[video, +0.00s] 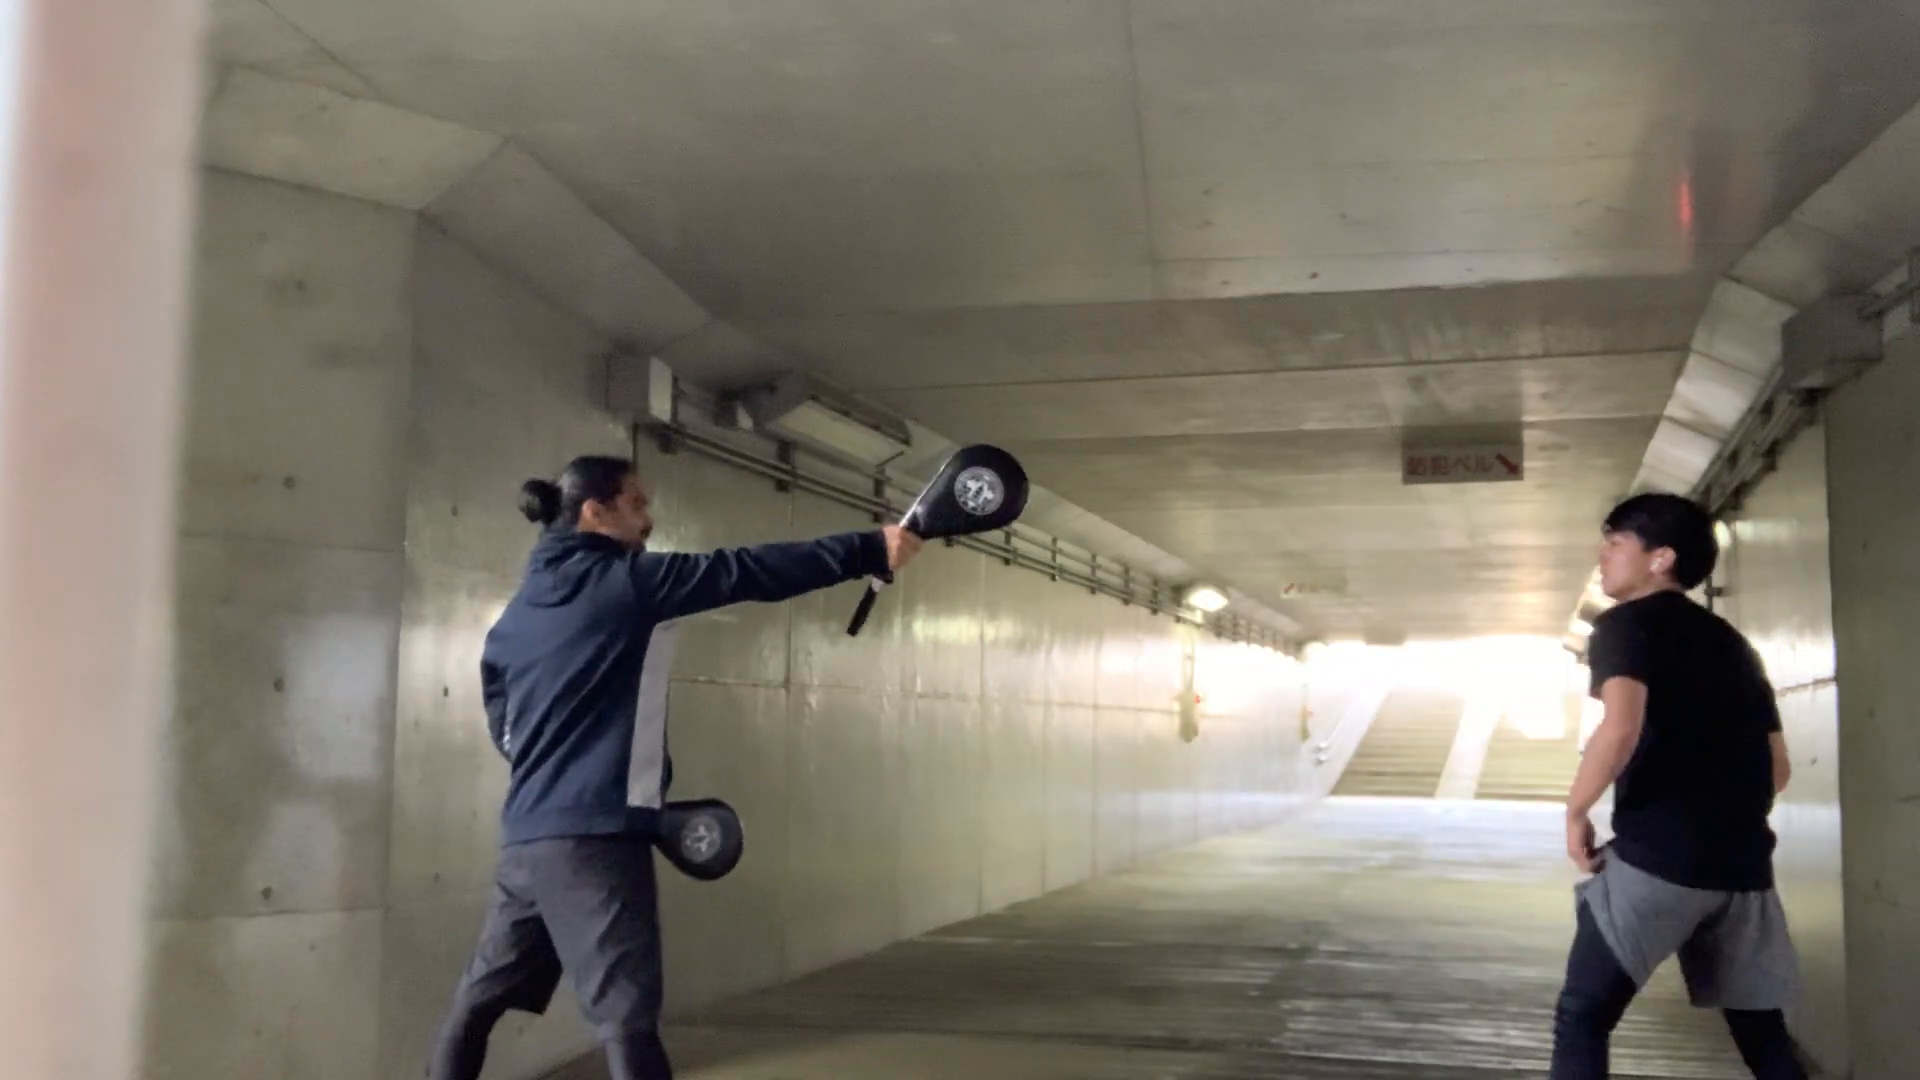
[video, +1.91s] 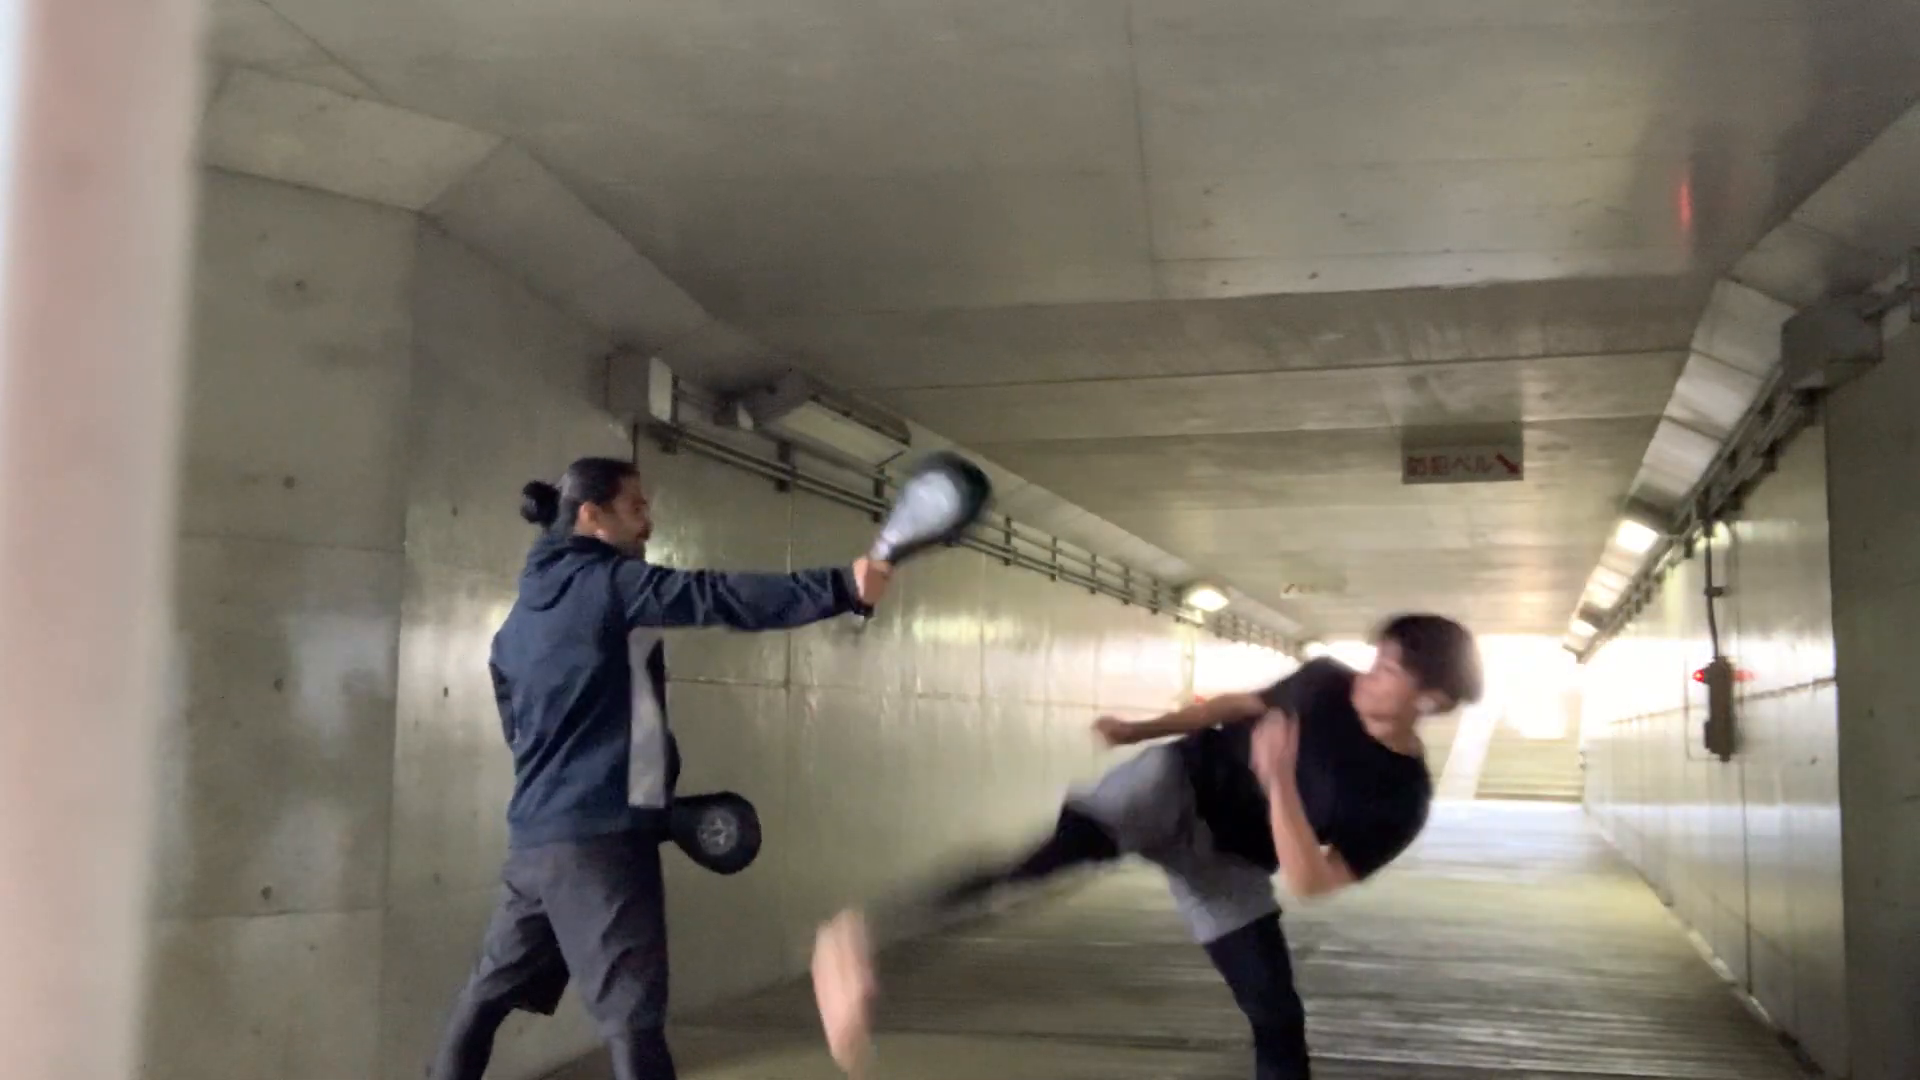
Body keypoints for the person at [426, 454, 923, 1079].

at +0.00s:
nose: (650, 518)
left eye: (646, 503)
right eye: (638, 504)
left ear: (586, 513)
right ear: (594, 511)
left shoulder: (510, 622)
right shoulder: (628, 578)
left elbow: (511, 736)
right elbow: (746, 571)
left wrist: (613, 789)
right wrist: (873, 548)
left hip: (529, 834)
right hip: (592, 832)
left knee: (475, 1004)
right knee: (626, 1022)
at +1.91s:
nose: (648, 521)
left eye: (646, 506)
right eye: (637, 506)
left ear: (584, 518)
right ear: (592, 515)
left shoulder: (513, 629)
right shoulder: (612, 582)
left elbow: (533, 750)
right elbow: (719, 595)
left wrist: (643, 801)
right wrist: (843, 586)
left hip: (535, 837)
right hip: (598, 835)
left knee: (485, 998)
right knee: (633, 1023)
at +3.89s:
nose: (634, 517)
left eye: (630, 504)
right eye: (623, 504)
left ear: (568, 517)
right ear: (578, 513)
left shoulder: (501, 633)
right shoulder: (611, 578)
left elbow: (526, 747)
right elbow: (731, 572)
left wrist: (637, 785)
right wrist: (855, 546)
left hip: (532, 841)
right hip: (595, 841)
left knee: (477, 1009)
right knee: (628, 1029)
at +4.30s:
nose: (632, 518)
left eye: (629, 505)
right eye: (621, 505)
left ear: (565, 516)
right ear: (576, 512)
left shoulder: (499, 633)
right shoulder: (611, 578)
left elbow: (522, 743)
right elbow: (731, 573)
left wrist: (637, 784)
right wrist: (856, 552)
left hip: (531, 840)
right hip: (596, 838)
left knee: (476, 1008)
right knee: (628, 1027)